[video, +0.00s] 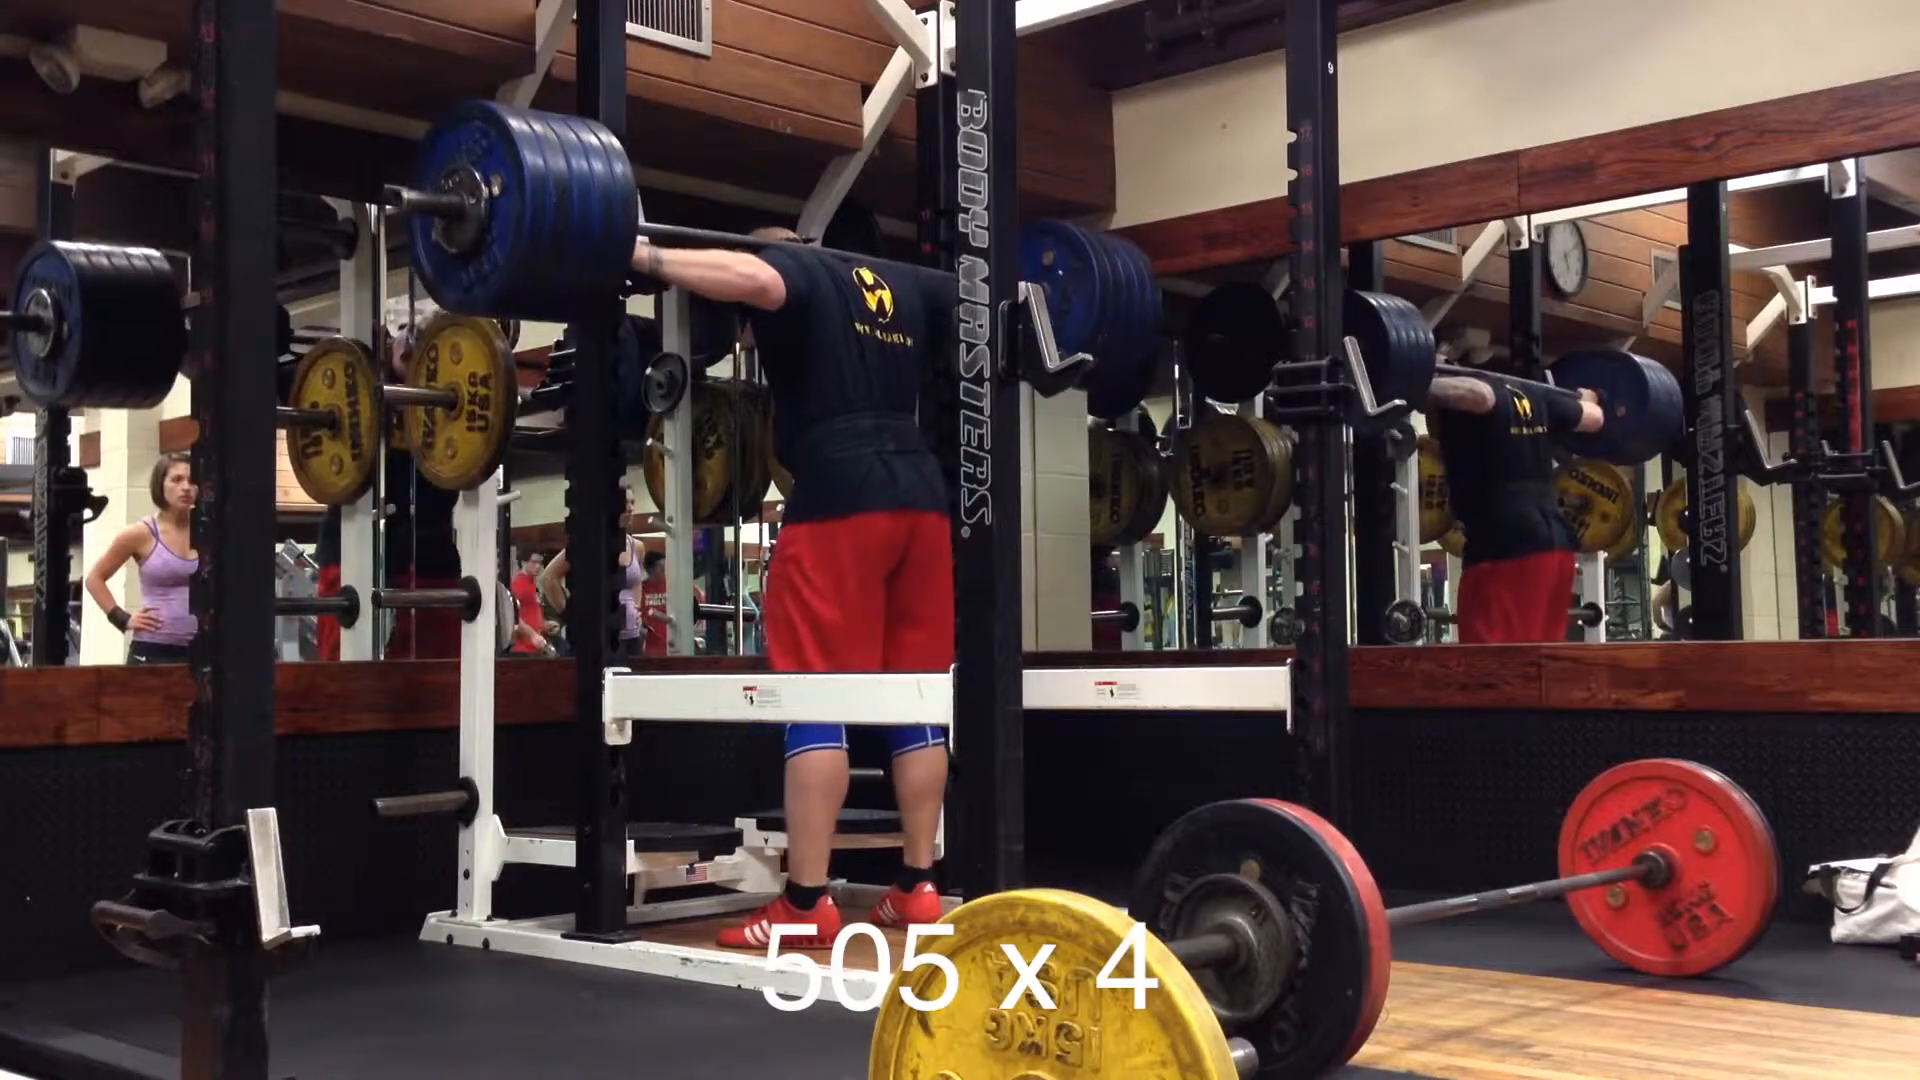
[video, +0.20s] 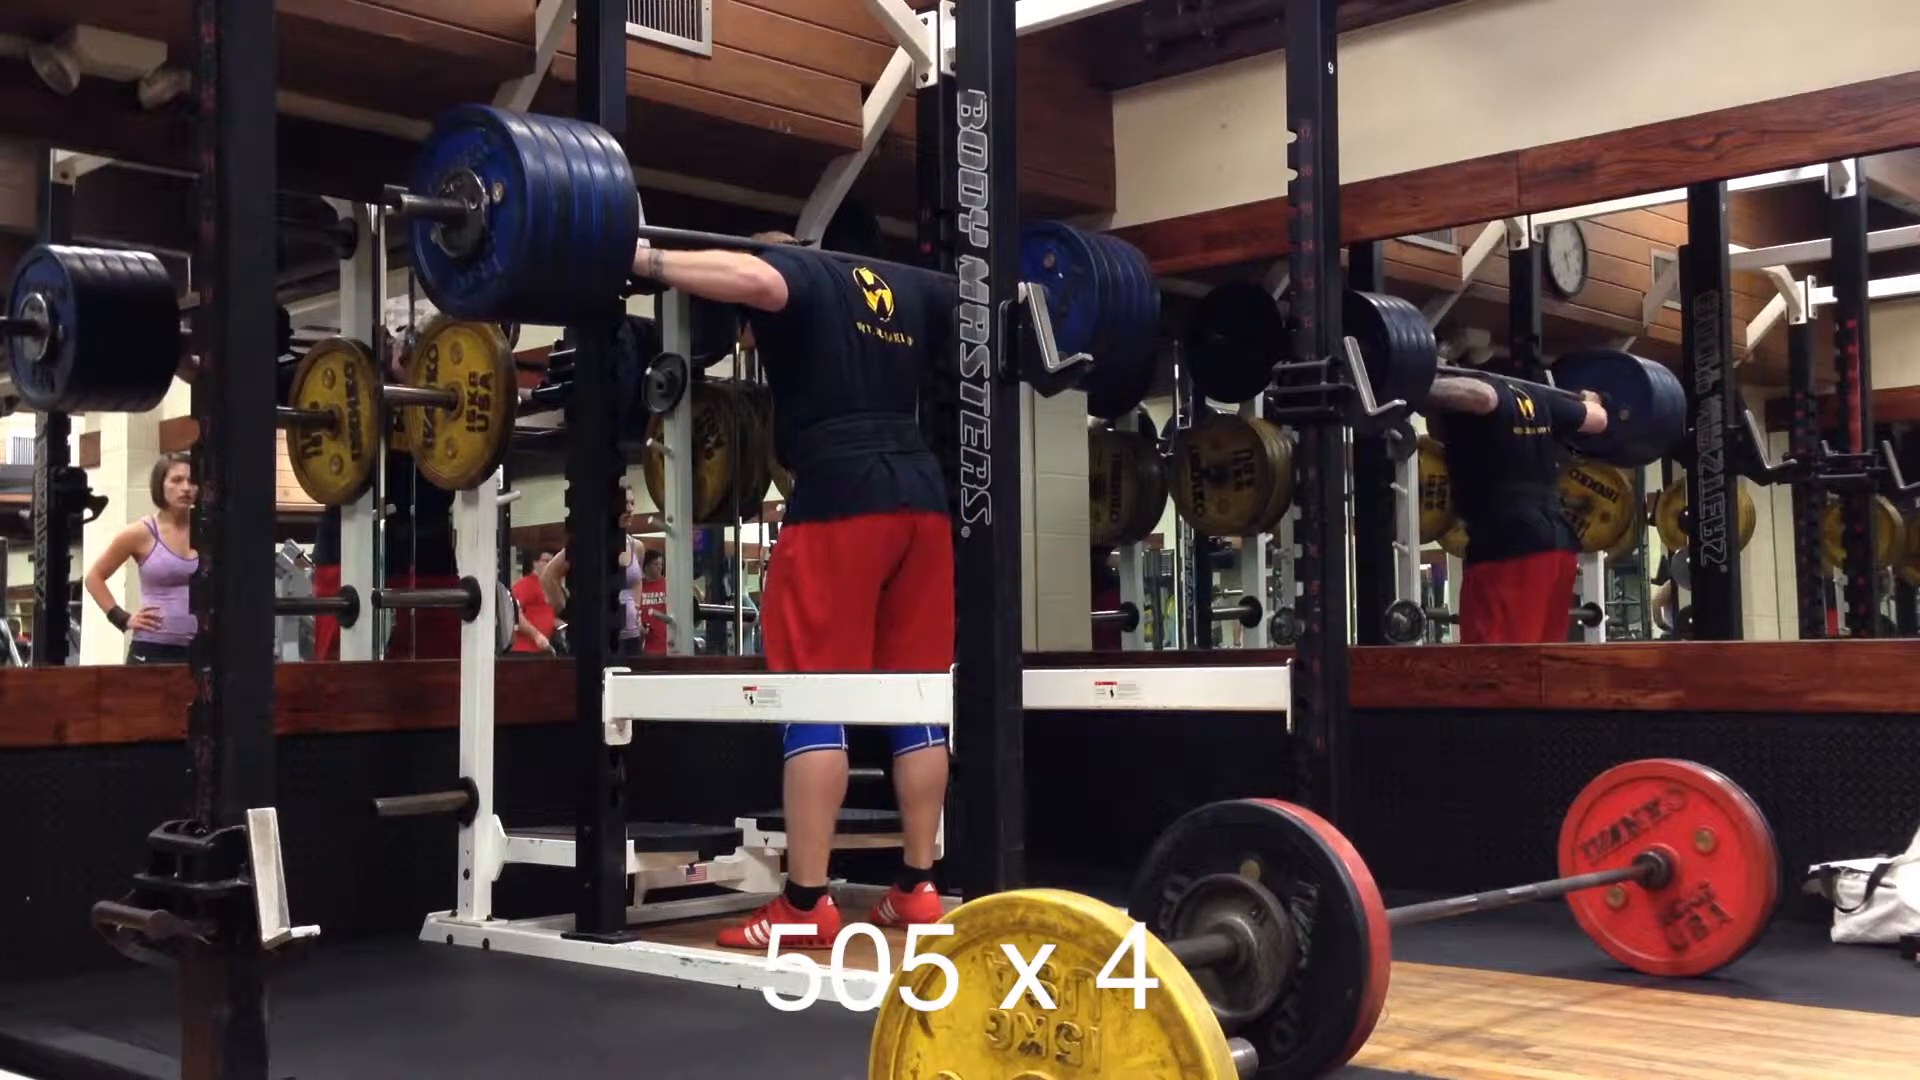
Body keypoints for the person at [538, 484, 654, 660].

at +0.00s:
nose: (629, 509)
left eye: (631, 503)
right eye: (623, 503)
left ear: (634, 506)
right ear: (610, 507)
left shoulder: (637, 546)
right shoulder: (588, 543)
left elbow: (637, 581)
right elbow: (548, 578)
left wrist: (637, 609)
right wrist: (567, 612)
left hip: (631, 630)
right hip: (596, 632)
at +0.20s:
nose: (628, 509)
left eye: (631, 503)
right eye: (622, 503)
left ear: (634, 507)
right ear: (609, 507)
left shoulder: (636, 546)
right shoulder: (589, 543)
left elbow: (637, 580)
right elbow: (548, 576)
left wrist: (636, 608)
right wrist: (565, 612)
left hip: (630, 629)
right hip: (596, 631)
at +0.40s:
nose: (628, 509)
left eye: (631, 504)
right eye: (623, 503)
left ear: (635, 507)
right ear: (609, 507)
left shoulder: (636, 546)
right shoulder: (589, 542)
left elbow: (636, 582)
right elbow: (548, 576)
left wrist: (636, 610)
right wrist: (566, 611)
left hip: (630, 629)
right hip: (597, 631)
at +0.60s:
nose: (628, 510)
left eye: (631, 504)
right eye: (623, 504)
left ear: (635, 508)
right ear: (610, 507)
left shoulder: (636, 546)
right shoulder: (588, 543)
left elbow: (637, 581)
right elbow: (548, 576)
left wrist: (636, 608)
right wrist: (565, 611)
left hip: (631, 630)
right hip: (598, 631)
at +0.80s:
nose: (629, 510)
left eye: (632, 504)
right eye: (624, 504)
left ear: (635, 508)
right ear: (609, 507)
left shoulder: (636, 546)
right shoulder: (589, 543)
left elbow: (637, 581)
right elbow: (548, 577)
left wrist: (637, 607)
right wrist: (567, 611)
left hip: (630, 630)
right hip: (597, 631)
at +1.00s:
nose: (629, 510)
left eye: (632, 504)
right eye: (624, 504)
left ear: (635, 507)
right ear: (609, 506)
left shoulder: (637, 547)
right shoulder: (590, 543)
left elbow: (637, 581)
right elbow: (548, 577)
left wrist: (635, 608)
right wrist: (567, 611)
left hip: (630, 629)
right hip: (597, 630)